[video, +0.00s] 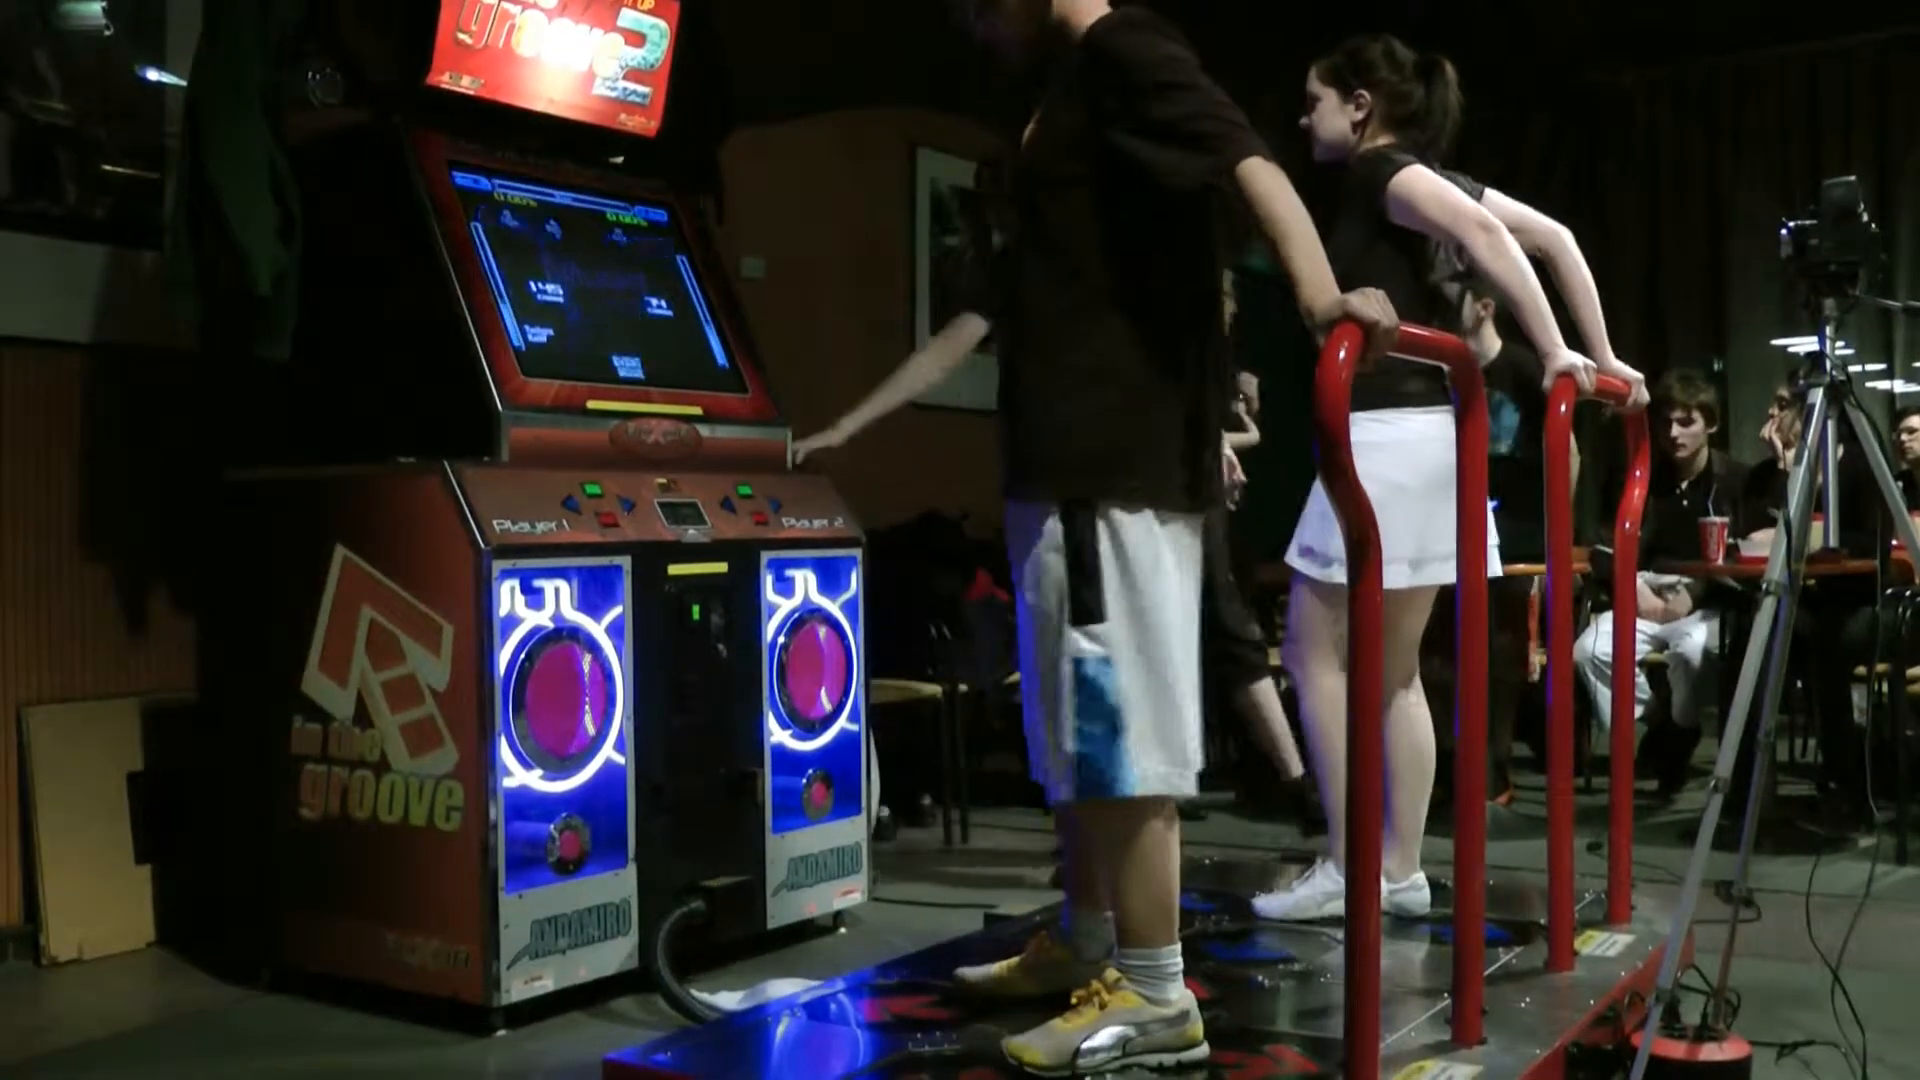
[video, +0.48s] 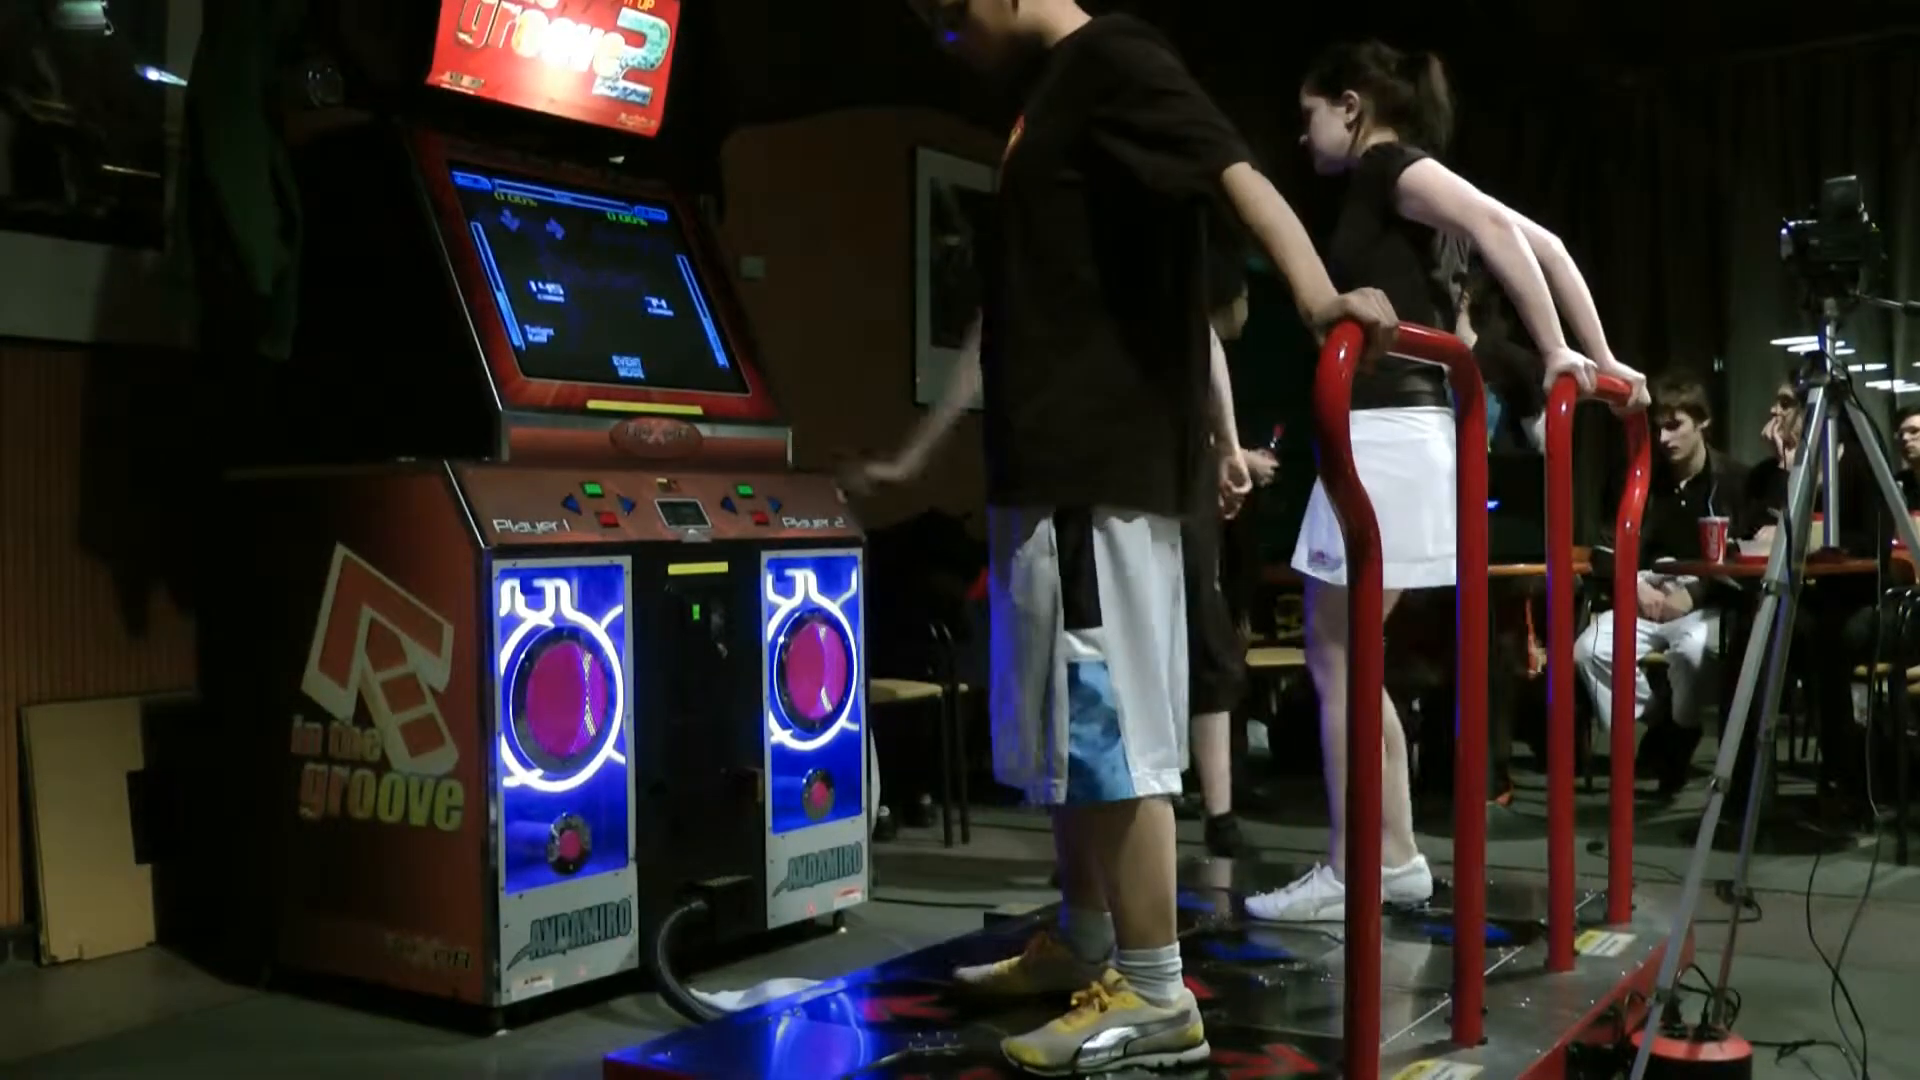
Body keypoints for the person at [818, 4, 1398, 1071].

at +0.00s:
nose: (993, 22)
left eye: (1000, 8)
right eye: (991, 15)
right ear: (1035, 20)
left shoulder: (1127, 52)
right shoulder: (1043, 120)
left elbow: (1255, 166)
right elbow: (975, 317)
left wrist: (1325, 302)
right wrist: (848, 424)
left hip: (1129, 466)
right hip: (1062, 467)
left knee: (1134, 734)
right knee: (1078, 724)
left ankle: (1156, 996)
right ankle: (1088, 943)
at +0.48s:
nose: (960, 36)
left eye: (960, 16)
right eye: (952, 24)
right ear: (1016, 12)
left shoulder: (1115, 61)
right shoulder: (1045, 104)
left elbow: (1242, 181)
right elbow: (1008, 324)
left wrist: (1326, 302)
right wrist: (917, 462)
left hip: (1112, 468)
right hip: (1053, 468)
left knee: (1118, 732)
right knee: (1071, 726)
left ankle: (1157, 997)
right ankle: (1084, 945)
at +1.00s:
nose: (941, 41)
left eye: (939, 21)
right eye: (934, 28)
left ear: (978, 1)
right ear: (991, 12)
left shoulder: (1093, 71)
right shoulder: (1045, 91)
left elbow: (1201, 192)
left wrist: (1314, 306)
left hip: (1093, 472)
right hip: (1044, 470)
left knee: (1107, 735)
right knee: (1061, 725)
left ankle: (1157, 994)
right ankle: (1082, 940)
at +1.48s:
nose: (966, 21)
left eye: (970, 9)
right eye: (967, 14)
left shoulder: (1092, 72)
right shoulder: (1050, 93)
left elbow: (1200, 199)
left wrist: (1306, 315)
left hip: (1084, 474)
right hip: (1037, 471)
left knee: (1106, 742)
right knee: (1055, 731)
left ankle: (1154, 993)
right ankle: (1084, 942)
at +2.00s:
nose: (972, 19)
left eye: (976, 7)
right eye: (974, 12)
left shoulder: (1104, 67)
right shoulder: (1053, 92)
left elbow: (1211, 191)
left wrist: (1309, 311)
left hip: (1092, 472)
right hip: (1040, 472)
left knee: (1108, 731)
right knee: (1060, 725)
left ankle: (1155, 995)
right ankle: (1085, 945)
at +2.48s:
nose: (989, 18)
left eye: (994, 6)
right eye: (990, 11)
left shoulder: (1114, 62)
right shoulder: (1083, 84)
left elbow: (1229, 186)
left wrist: (1319, 311)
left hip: (1096, 468)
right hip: (1085, 465)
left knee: (1062, 715)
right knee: (1075, 709)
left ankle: (1139, 971)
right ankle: (1096, 929)